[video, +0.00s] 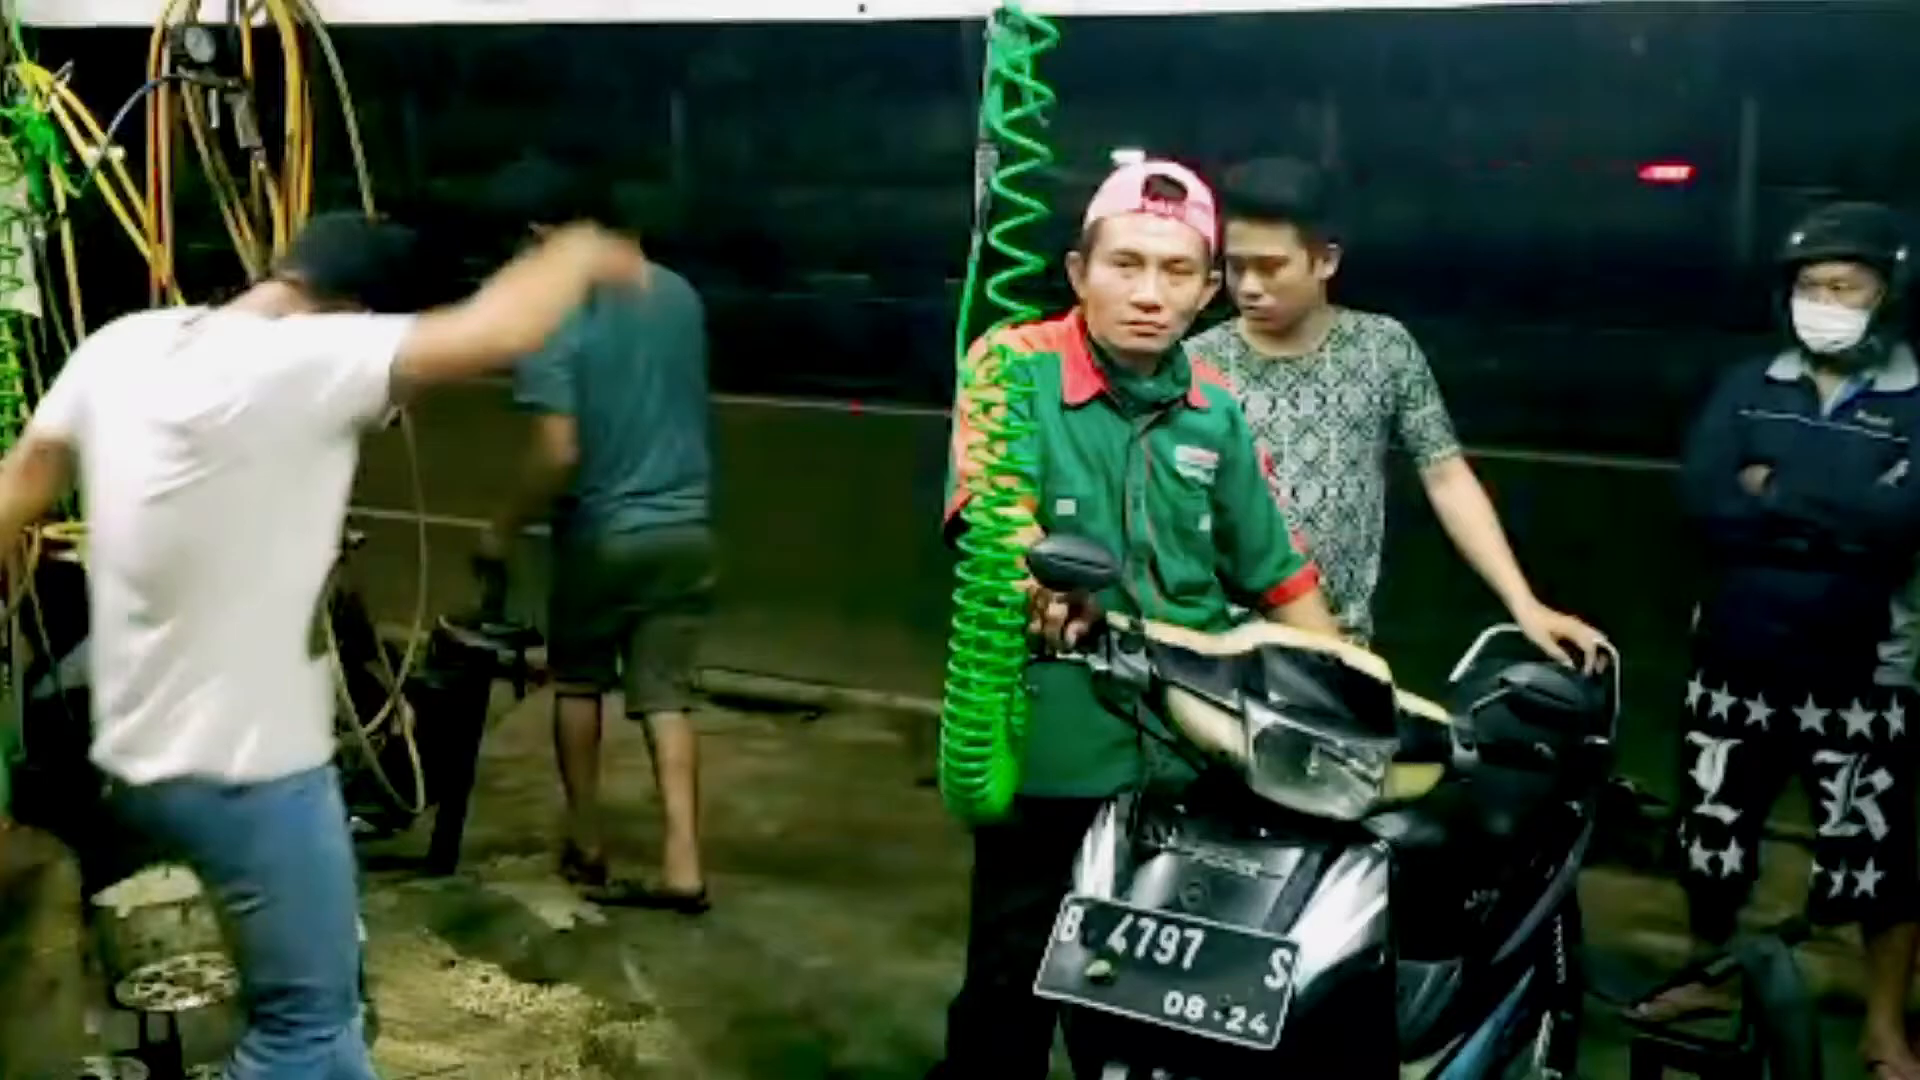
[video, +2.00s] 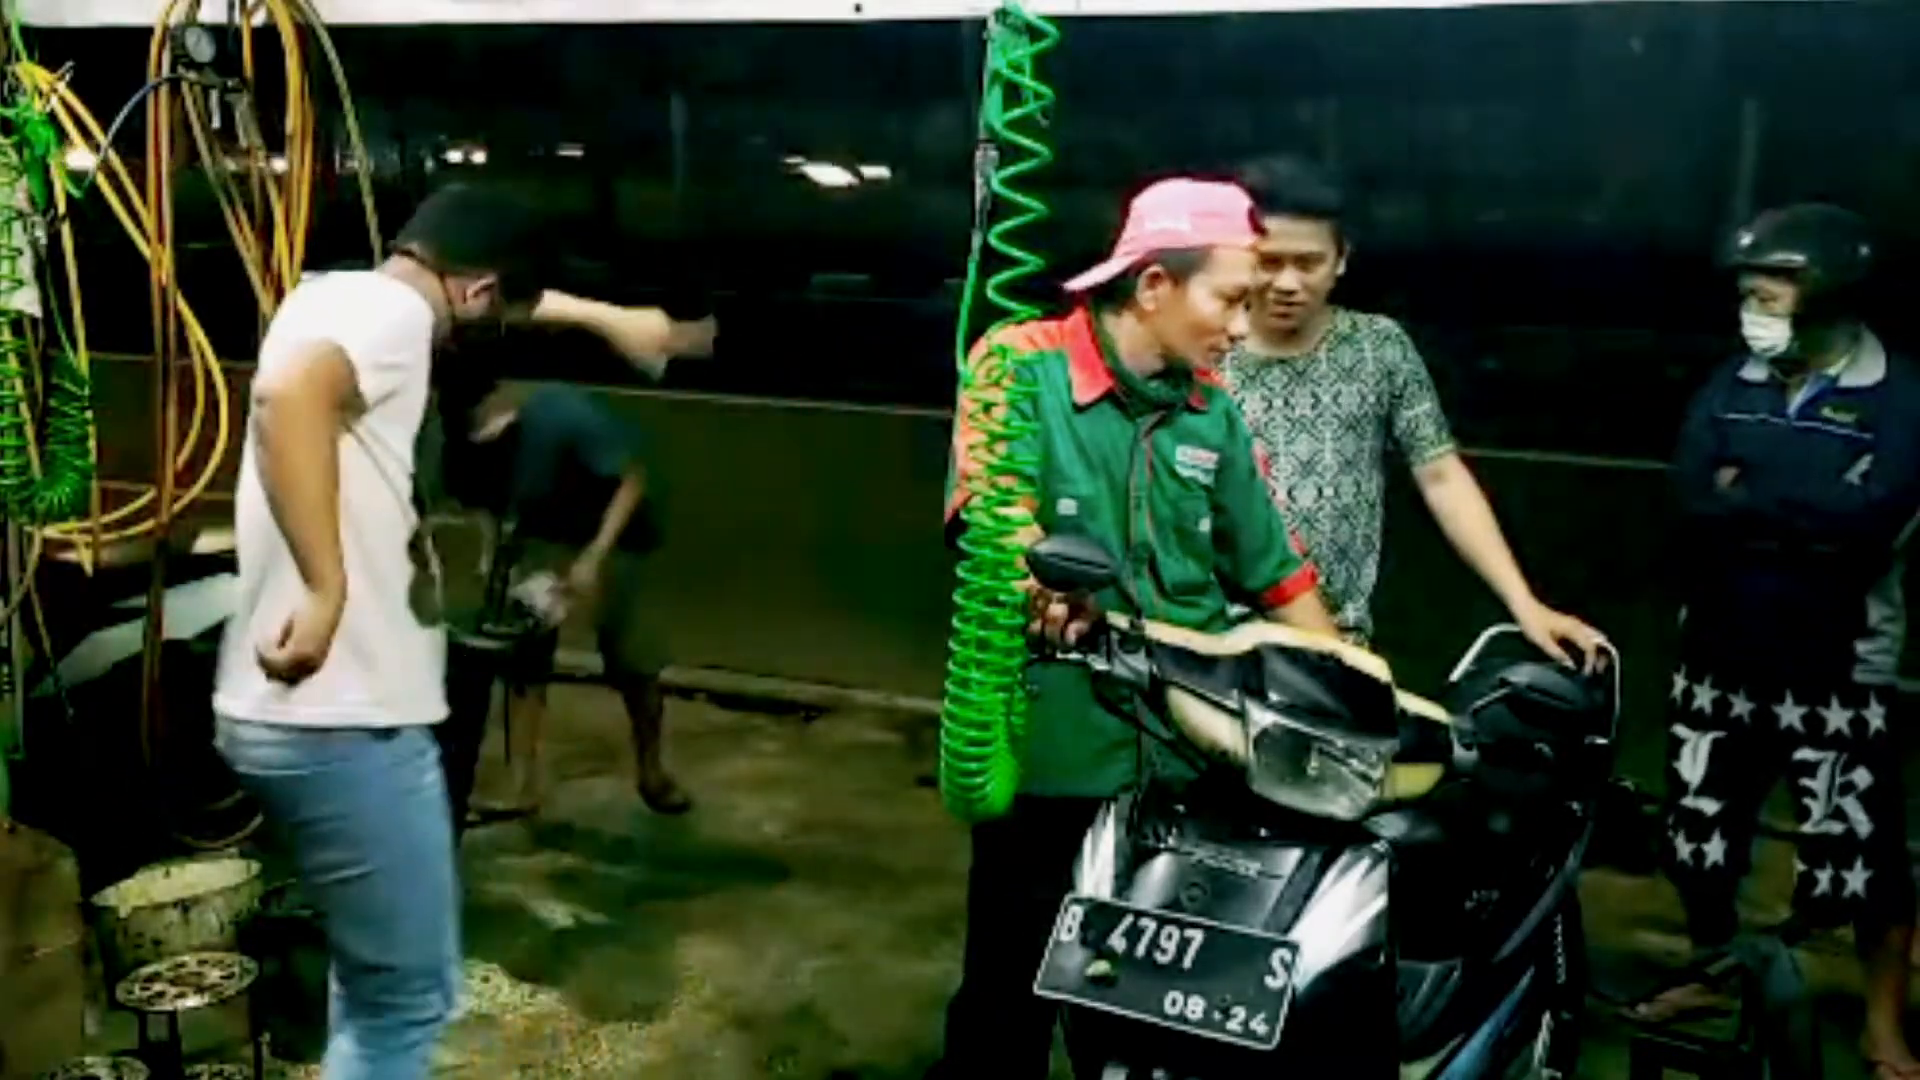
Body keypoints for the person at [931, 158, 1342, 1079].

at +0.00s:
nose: (1150, 294)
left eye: (1178, 272)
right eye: (1125, 265)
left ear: (1207, 287)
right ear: (1079, 272)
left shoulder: (1211, 411)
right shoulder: (1015, 368)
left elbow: (1284, 581)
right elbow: (988, 509)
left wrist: (1358, 692)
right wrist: (1042, 594)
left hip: (1187, 750)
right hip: (1049, 748)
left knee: (1156, 1002)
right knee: (1008, 1004)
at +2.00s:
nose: (1237, 327)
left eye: (1244, 305)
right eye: (1227, 301)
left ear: (1170, 293)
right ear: (1155, 287)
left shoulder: (1212, 414)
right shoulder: (1018, 367)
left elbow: (1282, 579)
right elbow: (989, 512)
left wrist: (1351, 691)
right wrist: (1043, 596)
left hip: (1183, 756)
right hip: (1049, 753)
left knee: (1154, 1009)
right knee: (1006, 1009)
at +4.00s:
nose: (1196, 315)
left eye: (1217, 294)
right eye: (1175, 283)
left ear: (1231, 302)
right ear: (1108, 272)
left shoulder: (1222, 417)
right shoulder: (1019, 369)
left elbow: (1286, 586)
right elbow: (988, 514)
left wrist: (1346, 704)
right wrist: (1042, 598)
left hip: (1189, 757)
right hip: (1049, 752)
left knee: (1164, 1010)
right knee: (1009, 1010)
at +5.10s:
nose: (1063, 316)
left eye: (1090, 291)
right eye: (1048, 290)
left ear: (1156, 291)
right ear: (1031, 288)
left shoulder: (1200, 412)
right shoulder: (981, 382)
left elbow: (1286, 585)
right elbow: (956, 545)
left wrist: (1350, 686)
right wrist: (1031, 586)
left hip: (1171, 773)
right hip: (1022, 776)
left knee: (1147, 1036)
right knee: (963, 1030)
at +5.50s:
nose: (952, 335)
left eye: (977, 313)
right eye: (941, 310)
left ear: (1059, 306)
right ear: (927, 300)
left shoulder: (1135, 407)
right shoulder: (902, 407)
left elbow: (1241, 596)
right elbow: (885, 604)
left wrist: (1337, 663)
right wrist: (1012, 648)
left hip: (1121, 774)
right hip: (960, 775)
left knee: (1135, 1023)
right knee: (890, 1018)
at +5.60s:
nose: (903, 345)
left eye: (926, 319)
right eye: (888, 318)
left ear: (1006, 306)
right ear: (873, 308)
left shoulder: (1100, 408)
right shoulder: (861, 418)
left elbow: (1211, 586)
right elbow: (853, 616)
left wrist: (1325, 652)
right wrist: (970, 713)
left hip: (1092, 792)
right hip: (922, 790)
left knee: (1135, 1033)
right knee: (863, 1039)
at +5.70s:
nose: (842, 336)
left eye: (864, 311)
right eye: (829, 312)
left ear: (950, 293)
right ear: (816, 303)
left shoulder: (1054, 404)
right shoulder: (818, 420)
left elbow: (1171, 591)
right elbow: (801, 624)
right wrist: (869, 776)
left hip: (1049, 812)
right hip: (876, 809)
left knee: (1112, 1051)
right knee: (847, 1056)